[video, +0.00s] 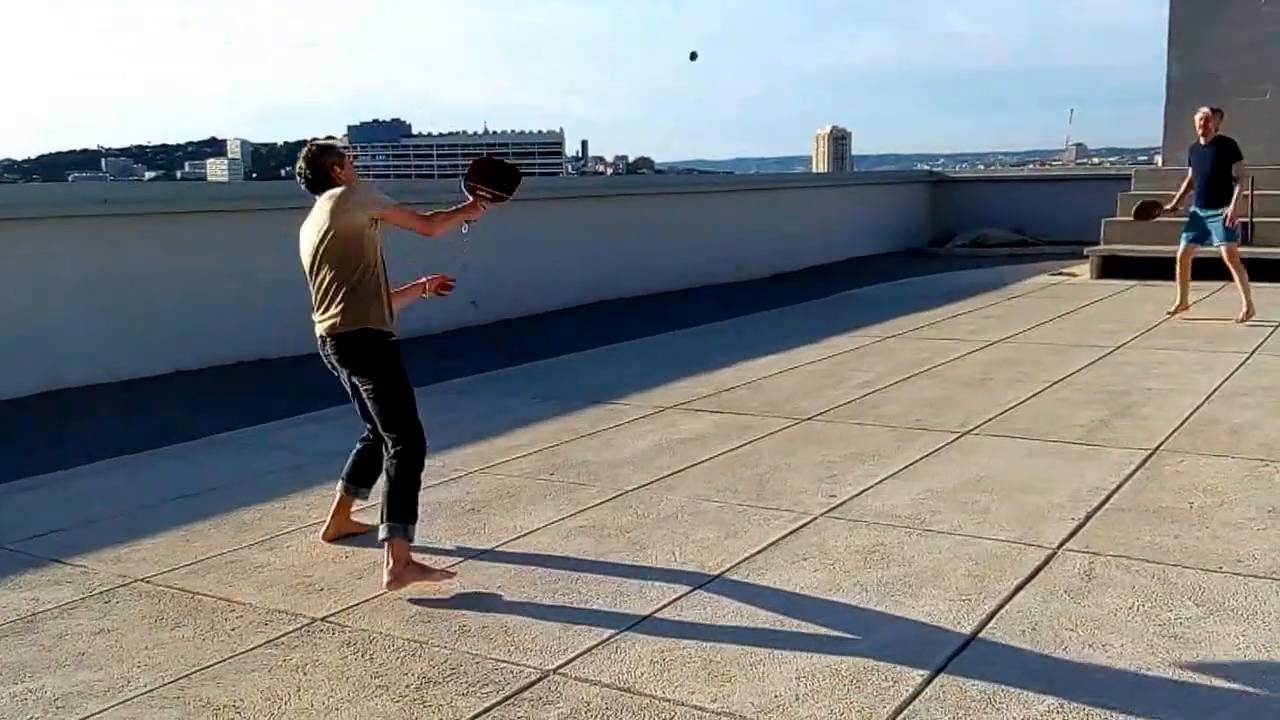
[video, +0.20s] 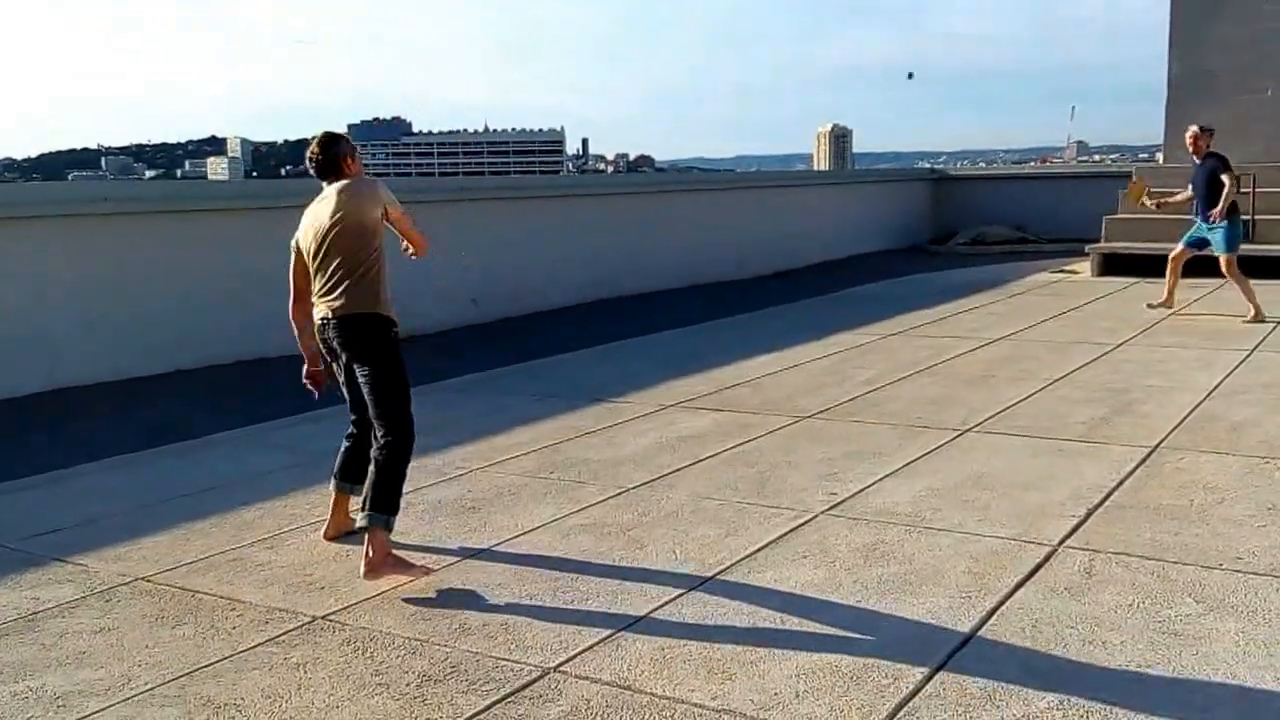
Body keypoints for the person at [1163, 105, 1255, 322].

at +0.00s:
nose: (1202, 124)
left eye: (1207, 120)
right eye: (1200, 119)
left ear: (1217, 124)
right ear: (1195, 123)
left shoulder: (1227, 145)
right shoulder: (1194, 149)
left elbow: (1241, 179)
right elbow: (1191, 179)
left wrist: (1233, 206)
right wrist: (1174, 204)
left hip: (1221, 211)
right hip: (1198, 211)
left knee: (1230, 257)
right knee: (1183, 254)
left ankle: (1248, 304)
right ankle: (1182, 301)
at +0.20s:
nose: (1191, 144)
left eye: (1195, 139)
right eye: (1188, 140)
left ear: (1206, 140)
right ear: (1186, 142)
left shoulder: (1217, 160)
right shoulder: (1198, 166)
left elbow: (1231, 184)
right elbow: (1190, 194)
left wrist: (1221, 207)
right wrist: (1162, 202)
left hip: (1224, 223)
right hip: (1202, 224)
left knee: (1228, 267)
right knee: (1175, 258)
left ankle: (1256, 309)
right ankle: (1168, 299)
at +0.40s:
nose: (1171, 159)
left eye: (1174, 154)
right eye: (1169, 156)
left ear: (1186, 155)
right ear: (1168, 158)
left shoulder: (1199, 172)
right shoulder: (1180, 180)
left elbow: (1219, 185)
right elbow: (1169, 207)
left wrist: (1214, 200)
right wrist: (1144, 206)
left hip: (1219, 229)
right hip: (1197, 231)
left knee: (1220, 271)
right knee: (1164, 261)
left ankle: (1255, 309)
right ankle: (1165, 303)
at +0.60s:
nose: (1160, 161)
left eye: (1163, 156)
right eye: (1159, 157)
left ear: (1175, 155)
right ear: (1160, 160)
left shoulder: (1197, 170)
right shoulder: (1168, 184)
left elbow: (1224, 183)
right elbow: (1160, 210)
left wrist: (1228, 200)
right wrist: (1134, 213)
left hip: (1215, 225)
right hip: (1191, 226)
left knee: (1224, 266)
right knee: (1158, 259)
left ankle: (1256, 306)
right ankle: (1166, 301)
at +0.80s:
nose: (1164, 139)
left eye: (1168, 135)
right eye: (1162, 135)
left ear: (1178, 138)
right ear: (1160, 139)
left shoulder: (1193, 154)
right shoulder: (1159, 163)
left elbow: (1221, 164)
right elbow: (1161, 184)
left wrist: (1231, 165)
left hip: (1204, 215)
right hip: (1179, 218)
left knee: (1219, 255)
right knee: (1155, 258)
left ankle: (1243, 298)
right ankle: (1165, 298)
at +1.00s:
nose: (1177, 126)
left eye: (1181, 122)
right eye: (1173, 123)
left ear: (1187, 124)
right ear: (1167, 126)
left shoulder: (1197, 142)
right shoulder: (1164, 146)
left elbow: (1228, 151)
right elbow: (1160, 155)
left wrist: (1234, 140)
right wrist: (1179, 133)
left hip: (1198, 206)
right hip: (1175, 206)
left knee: (1203, 251)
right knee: (1161, 252)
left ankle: (1212, 290)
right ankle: (1163, 297)